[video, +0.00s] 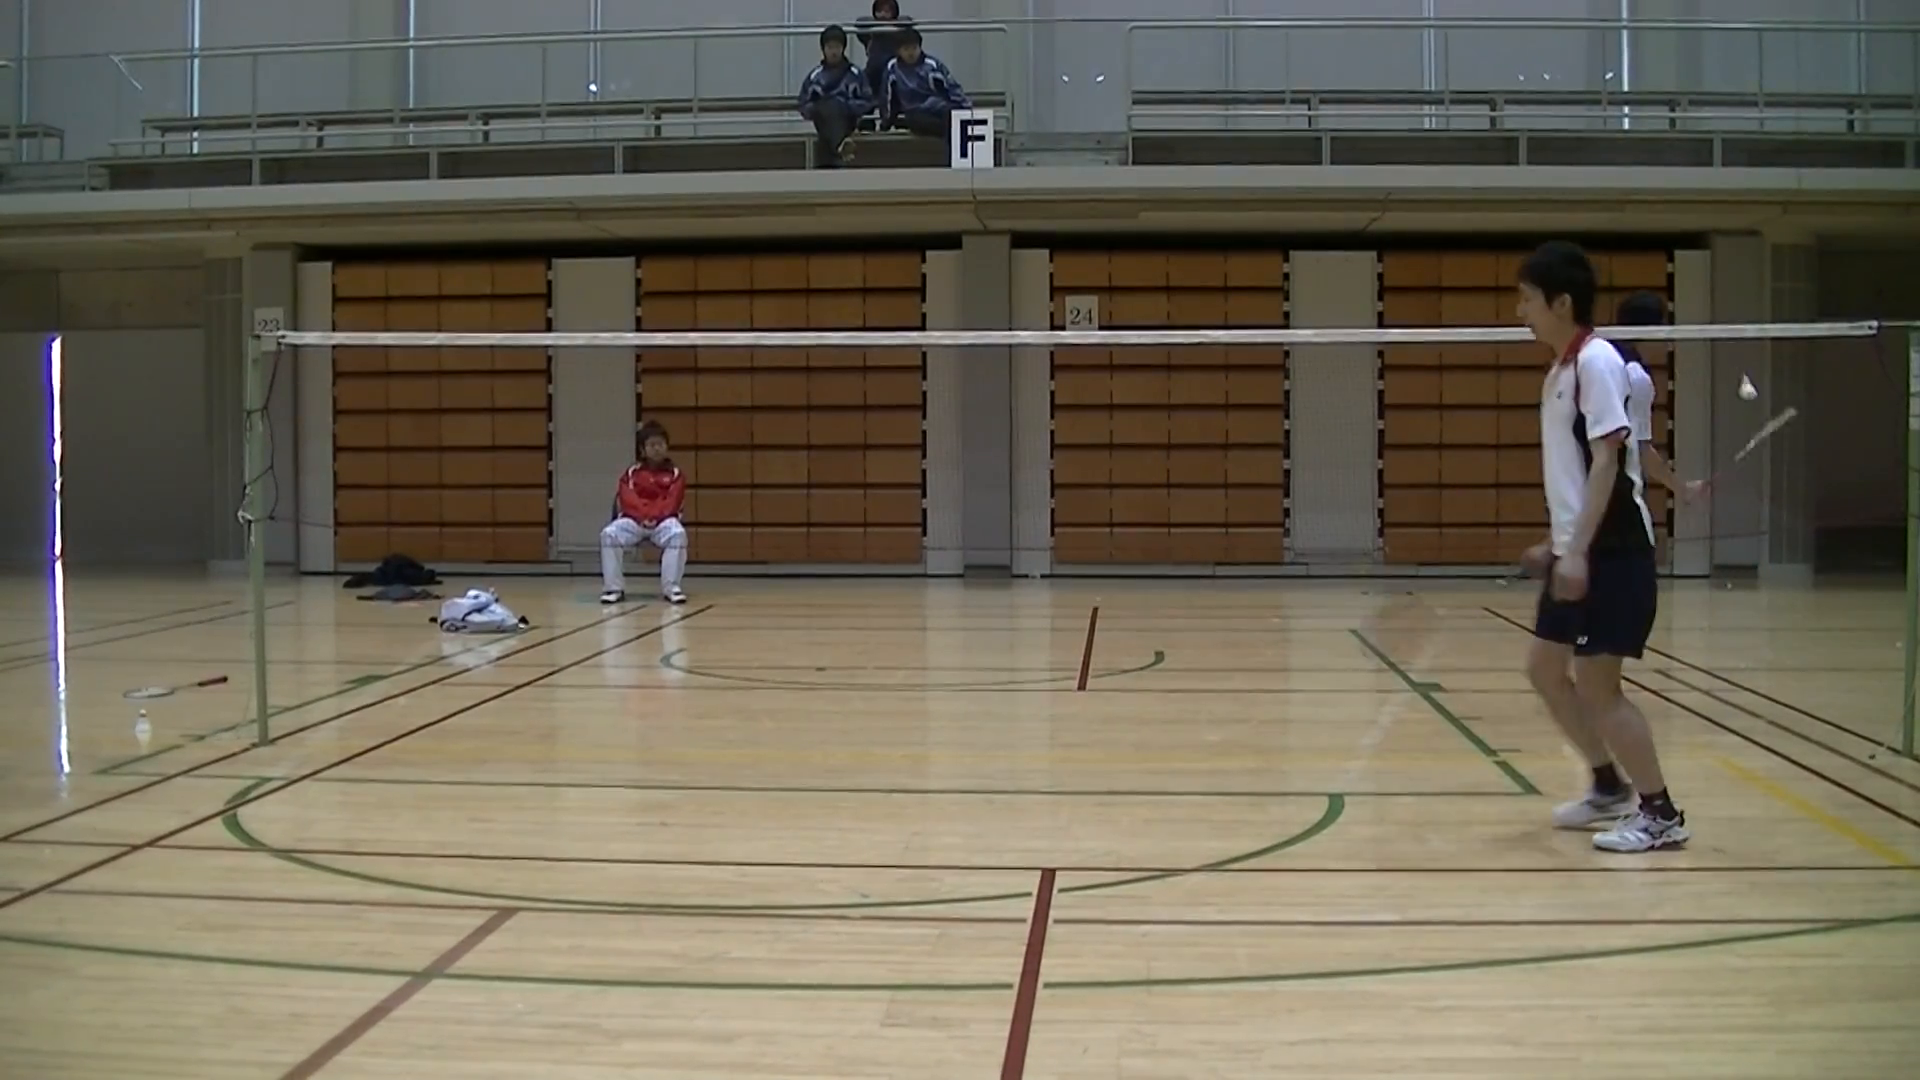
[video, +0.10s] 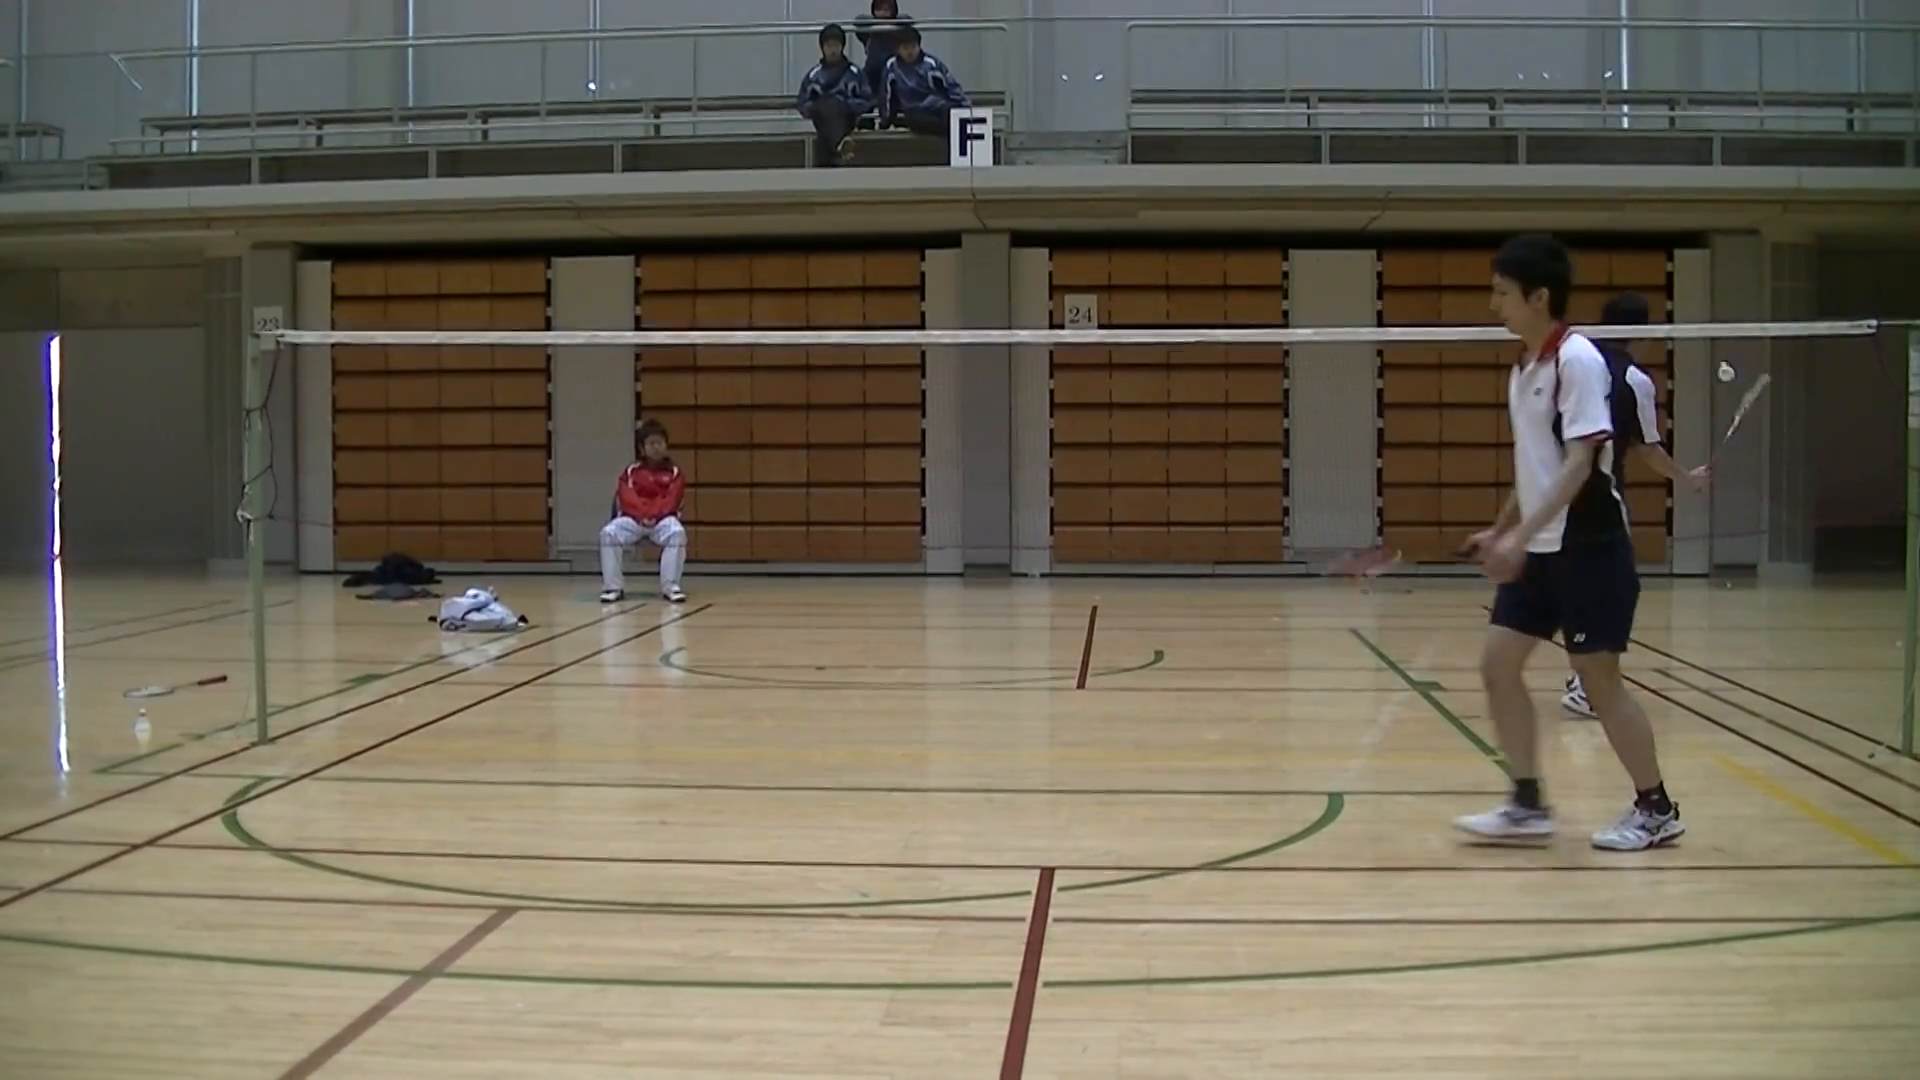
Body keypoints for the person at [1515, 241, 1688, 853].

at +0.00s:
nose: (1521, 311)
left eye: (1527, 298)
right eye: (1520, 299)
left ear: (1560, 300)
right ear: (1559, 302)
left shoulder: (1596, 362)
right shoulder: (1564, 367)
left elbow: (1608, 461)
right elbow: (1578, 467)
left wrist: (1579, 547)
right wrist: (1554, 542)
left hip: (1615, 546)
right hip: (1577, 545)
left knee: (1597, 685)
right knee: (1546, 666)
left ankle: (1660, 813)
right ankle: (1609, 787)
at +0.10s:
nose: (1495, 305)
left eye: (1503, 293)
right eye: (1494, 293)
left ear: (1539, 296)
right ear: (1528, 298)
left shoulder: (1579, 359)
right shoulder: (1525, 366)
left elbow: (1582, 466)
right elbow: (1533, 467)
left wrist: (1521, 534)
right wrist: (1502, 528)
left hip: (1590, 548)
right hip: (1539, 547)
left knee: (1601, 684)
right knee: (1499, 664)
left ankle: (1656, 807)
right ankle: (1528, 805)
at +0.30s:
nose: (1422, 308)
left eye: (1431, 295)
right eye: (1421, 296)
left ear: (1471, 297)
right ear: (1452, 300)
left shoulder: (1516, 363)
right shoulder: (1440, 373)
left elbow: (1505, 458)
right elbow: (1448, 466)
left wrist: (1423, 496)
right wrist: (1410, 519)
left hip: (1517, 556)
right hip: (1451, 554)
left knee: (1551, 684)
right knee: (1422, 677)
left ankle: (1636, 783)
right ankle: (1421, 825)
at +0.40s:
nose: (1383, 301)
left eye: (1393, 289)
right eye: (1378, 290)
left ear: (1432, 285)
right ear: (1381, 292)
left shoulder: (1475, 350)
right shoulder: (1397, 359)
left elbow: (1465, 446)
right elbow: (1392, 449)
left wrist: (1383, 479)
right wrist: (1362, 505)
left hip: (1460, 543)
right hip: (1402, 541)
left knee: (1464, 693)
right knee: (1395, 675)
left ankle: (1569, 757)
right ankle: (1416, 821)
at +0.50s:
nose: (1348, 223)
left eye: (1355, 208)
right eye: (1340, 211)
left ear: (1388, 200)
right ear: (1337, 211)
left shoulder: (1435, 264)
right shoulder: (1350, 273)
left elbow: (1442, 360)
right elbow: (1346, 368)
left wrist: (1356, 388)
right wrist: (1307, 416)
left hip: (1418, 439)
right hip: (1362, 440)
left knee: (1377, 590)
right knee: (1374, 596)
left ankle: (1462, 710)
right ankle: (1410, 741)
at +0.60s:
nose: (1299, 142)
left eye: (1309, 127)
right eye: (1292, 129)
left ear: (1347, 120)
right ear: (1291, 128)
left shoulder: (1392, 182)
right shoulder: (1304, 191)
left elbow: (1402, 286)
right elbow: (1290, 288)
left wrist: (1315, 295)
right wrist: (1249, 348)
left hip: (1373, 377)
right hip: (1324, 378)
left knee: (1308, 509)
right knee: (1366, 525)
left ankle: (1322, 671)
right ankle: (1409, 664)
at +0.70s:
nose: (1249, 132)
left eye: (1261, 118)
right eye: (1241, 119)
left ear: (1297, 113)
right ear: (1236, 119)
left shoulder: (1340, 176)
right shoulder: (1254, 184)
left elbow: (1360, 282)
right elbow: (1236, 277)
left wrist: (1268, 285)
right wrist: (1191, 337)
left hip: (1321, 373)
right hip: (1277, 373)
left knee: (1258, 513)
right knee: (1337, 515)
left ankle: (1197, 663)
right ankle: (1403, 639)